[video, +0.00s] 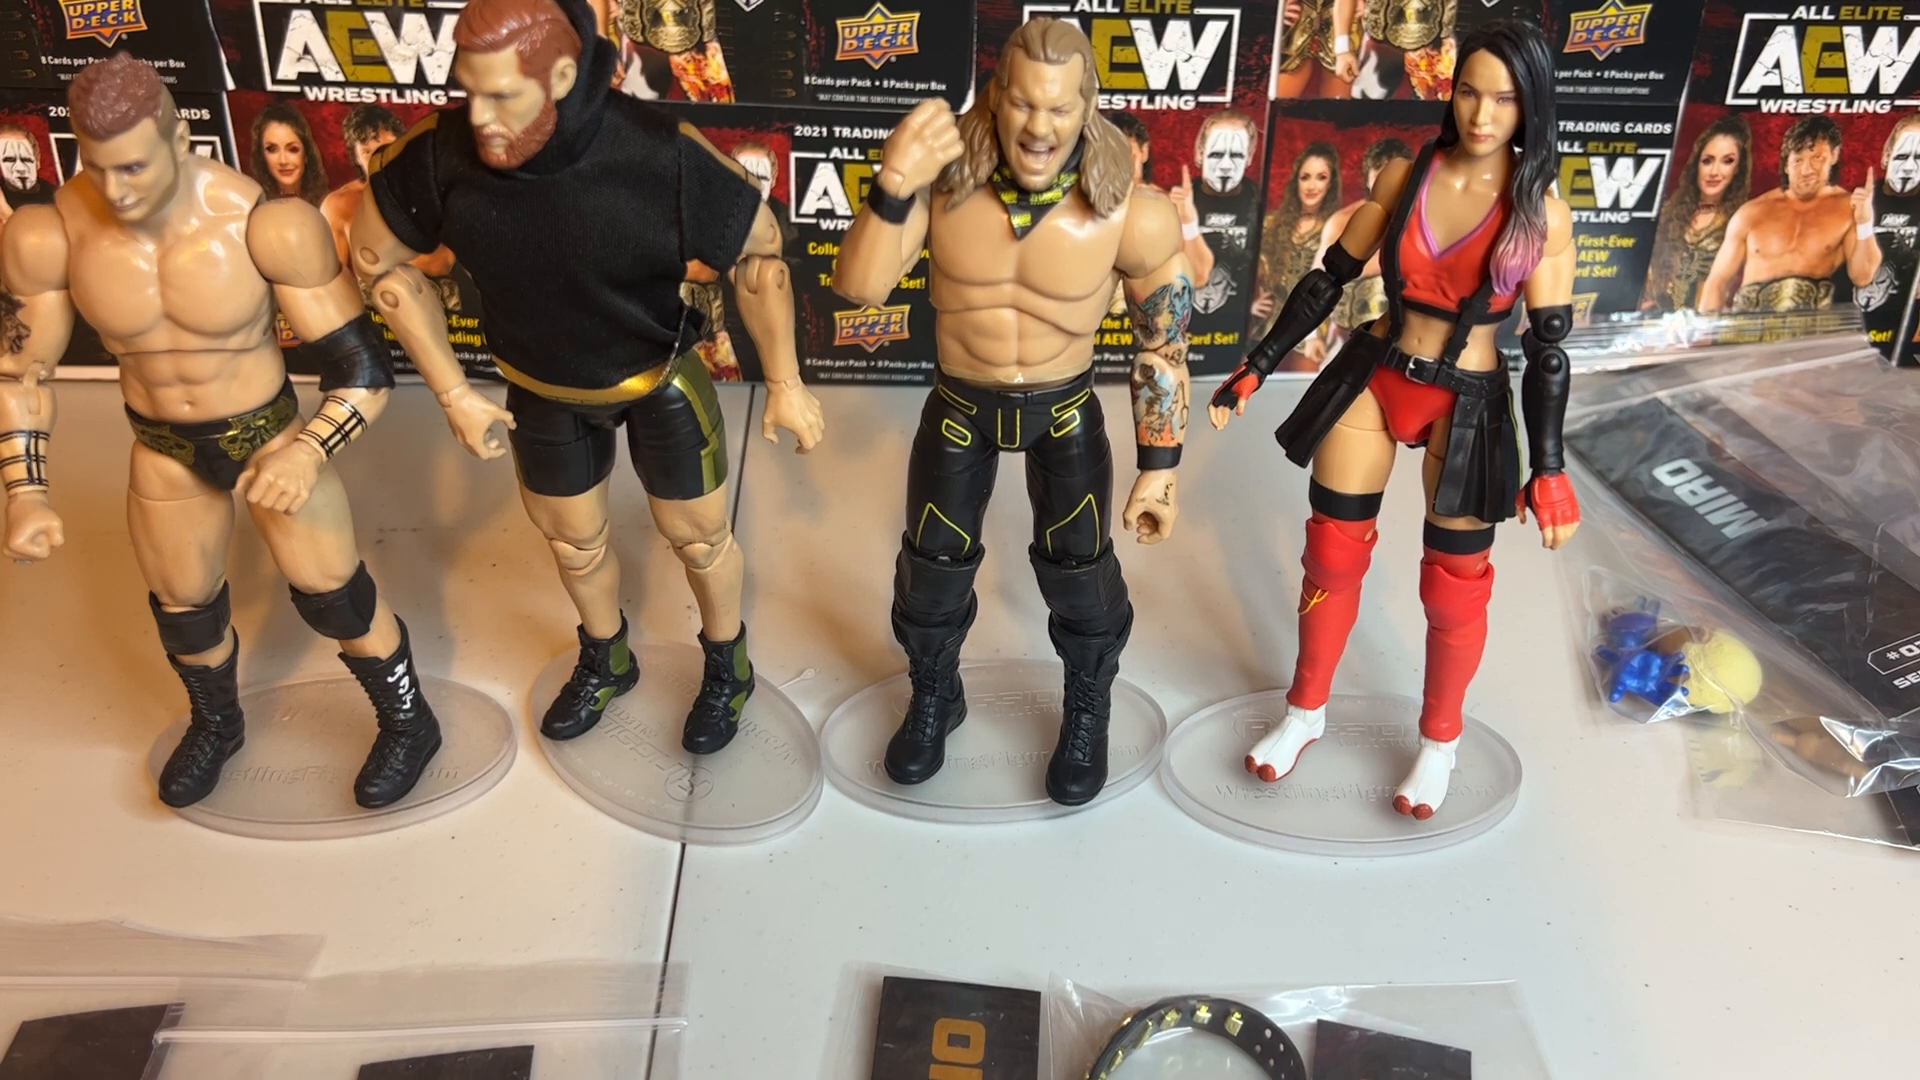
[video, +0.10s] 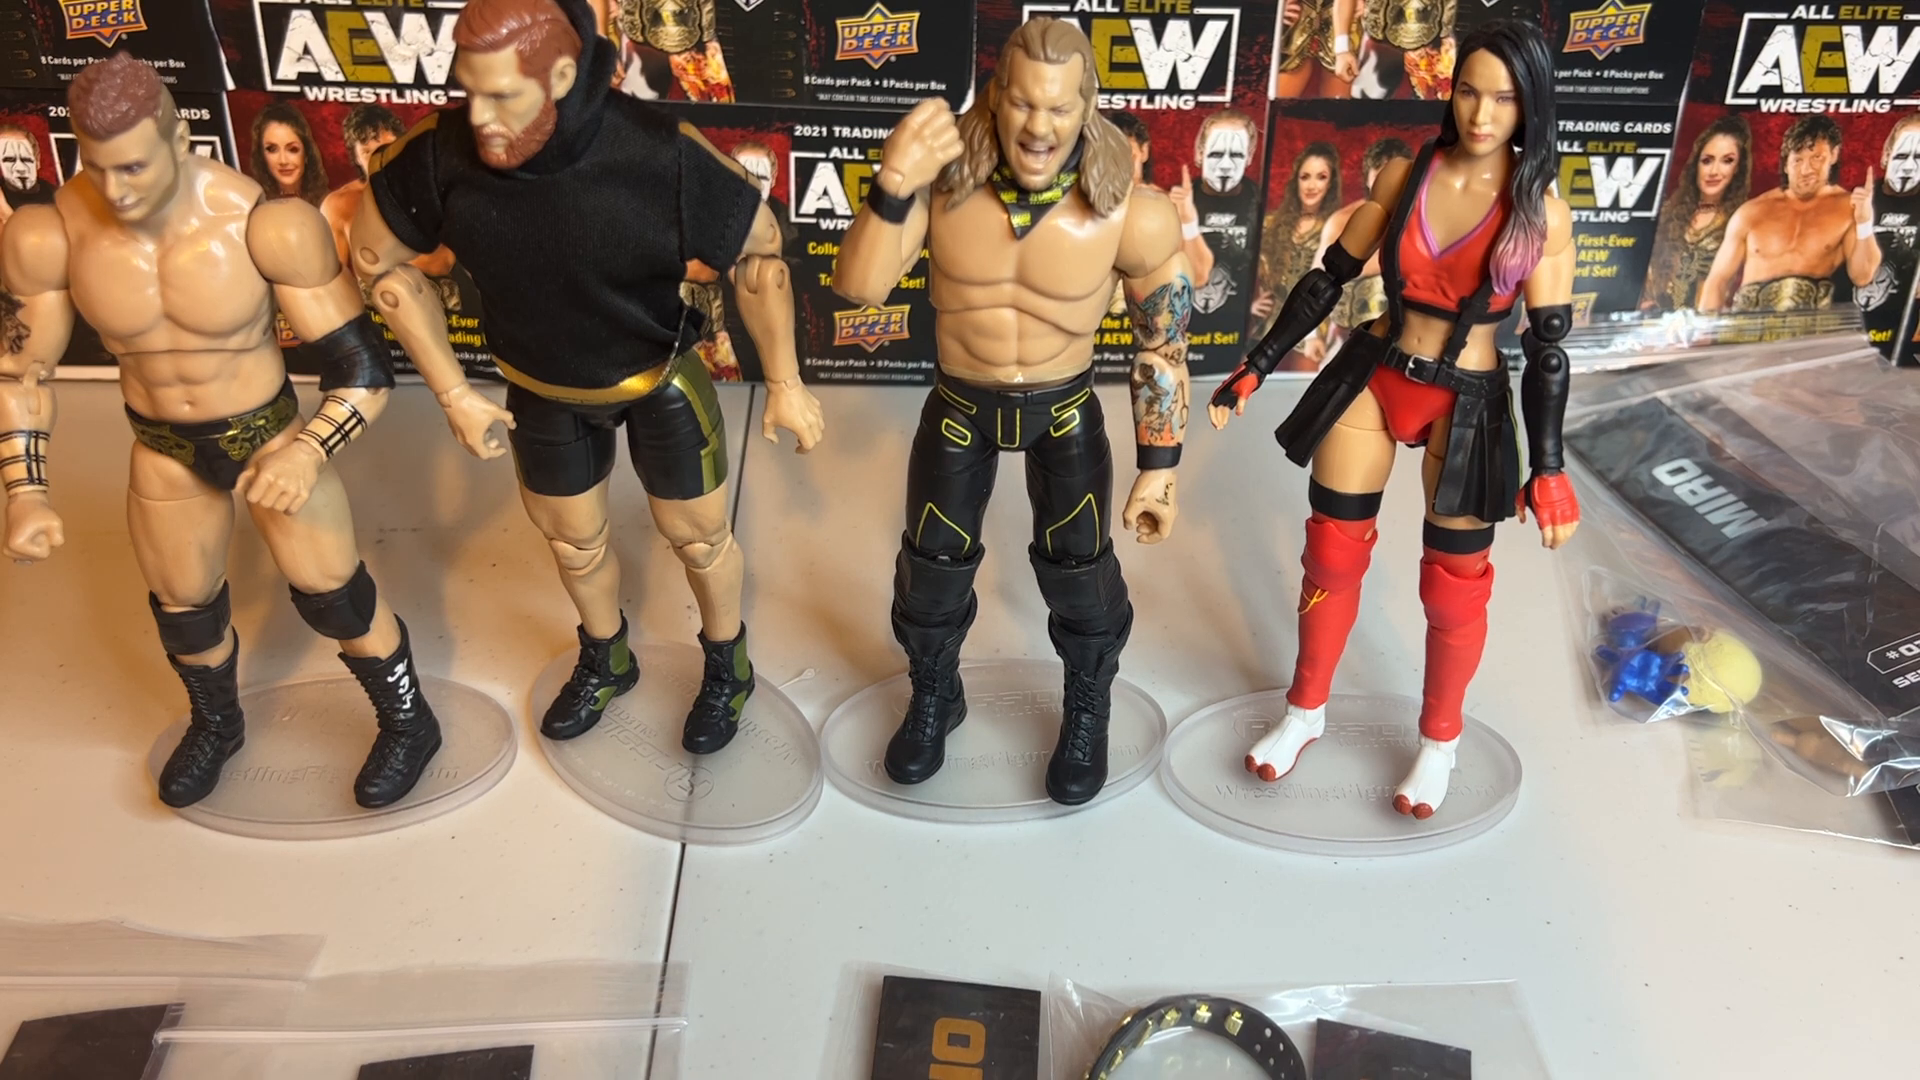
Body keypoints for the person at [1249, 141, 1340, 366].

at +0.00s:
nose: (1312, 185)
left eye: (1321, 178)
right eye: (1305, 177)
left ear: (1332, 183)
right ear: (1295, 180)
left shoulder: (1338, 228)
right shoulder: (1271, 224)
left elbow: (1337, 286)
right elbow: (1255, 273)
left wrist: (1321, 336)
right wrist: (1253, 302)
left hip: (1312, 333)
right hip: (1269, 328)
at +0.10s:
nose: (1312, 185)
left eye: (1321, 177)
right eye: (1305, 177)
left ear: (1332, 183)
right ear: (1295, 180)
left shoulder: (1338, 230)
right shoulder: (1270, 225)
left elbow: (1336, 286)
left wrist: (1320, 335)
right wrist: (1252, 302)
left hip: (1311, 333)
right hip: (1268, 328)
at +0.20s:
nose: (1312, 185)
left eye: (1321, 177)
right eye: (1305, 177)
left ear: (1332, 183)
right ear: (1295, 181)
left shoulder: (1337, 229)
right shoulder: (1270, 224)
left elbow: (1333, 285)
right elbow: (1253, 274)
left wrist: (1320, 334)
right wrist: (1253, 301)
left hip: (1310, 334)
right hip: (1268, 328)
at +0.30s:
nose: (1312, 185)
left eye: (1321, 178)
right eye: (1305, 177)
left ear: (1332, 183)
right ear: (1295, 181)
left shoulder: (1337, 229)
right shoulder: (1270, 224)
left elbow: (1335, 286)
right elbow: (1252, 273)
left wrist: (1320, 335)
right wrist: (1252, 301)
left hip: (1310, 333)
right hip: (1268, 328)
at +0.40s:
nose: (1312, 185)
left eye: (1321, 177)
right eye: (1305, 177)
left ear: (1331, 182)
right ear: (1295, 180)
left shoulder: (1338, 228)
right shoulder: (1271, 224)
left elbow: (1335, 285)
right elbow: (1255, 273)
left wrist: (1321, 335)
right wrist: (1253, 302)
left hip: (1311, 331)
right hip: (1269, 327)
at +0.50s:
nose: (1312, 185)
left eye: (1321, 177)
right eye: (1305, 177)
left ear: (1332, 182)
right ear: (1295, 180)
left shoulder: (1338, 229)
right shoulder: (1270, 225)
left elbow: (1336, 287)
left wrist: (1321, 335)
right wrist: (1254, 302)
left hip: (1313, 334)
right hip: (1269, 328)